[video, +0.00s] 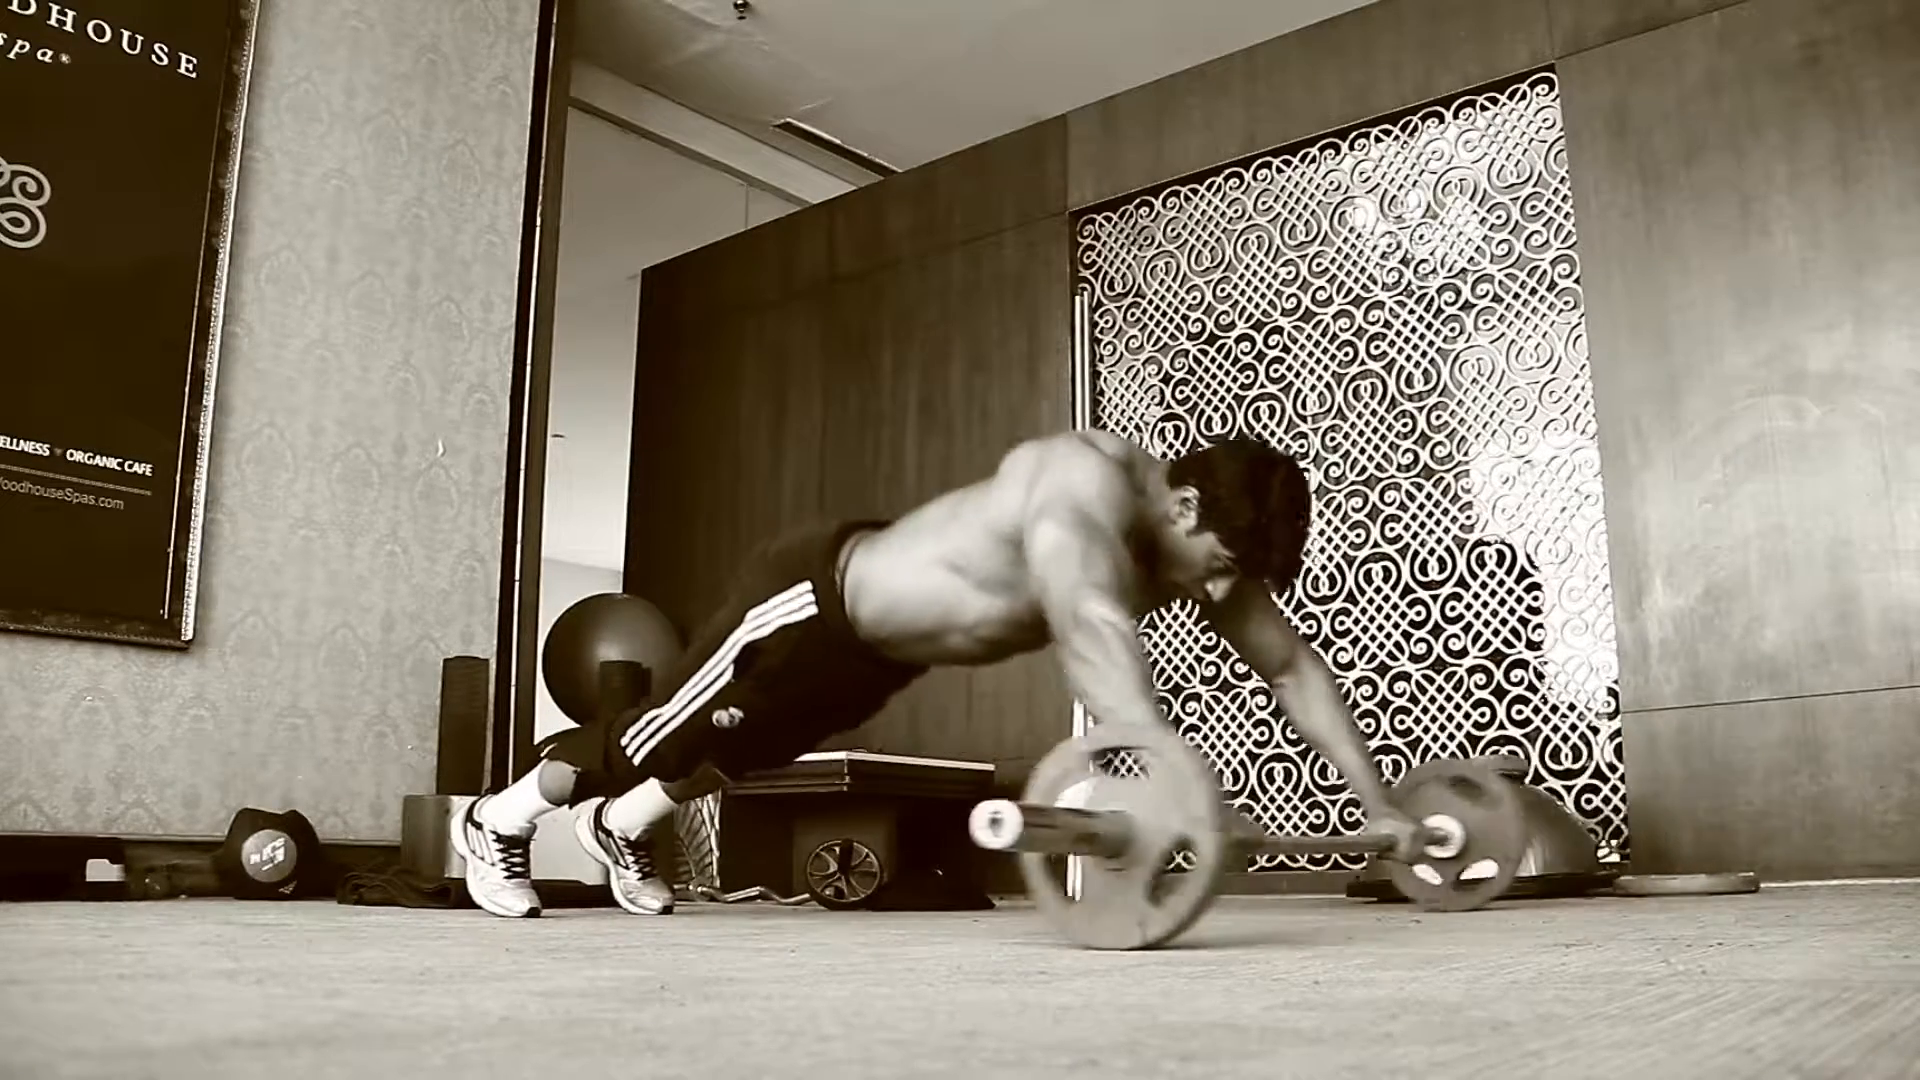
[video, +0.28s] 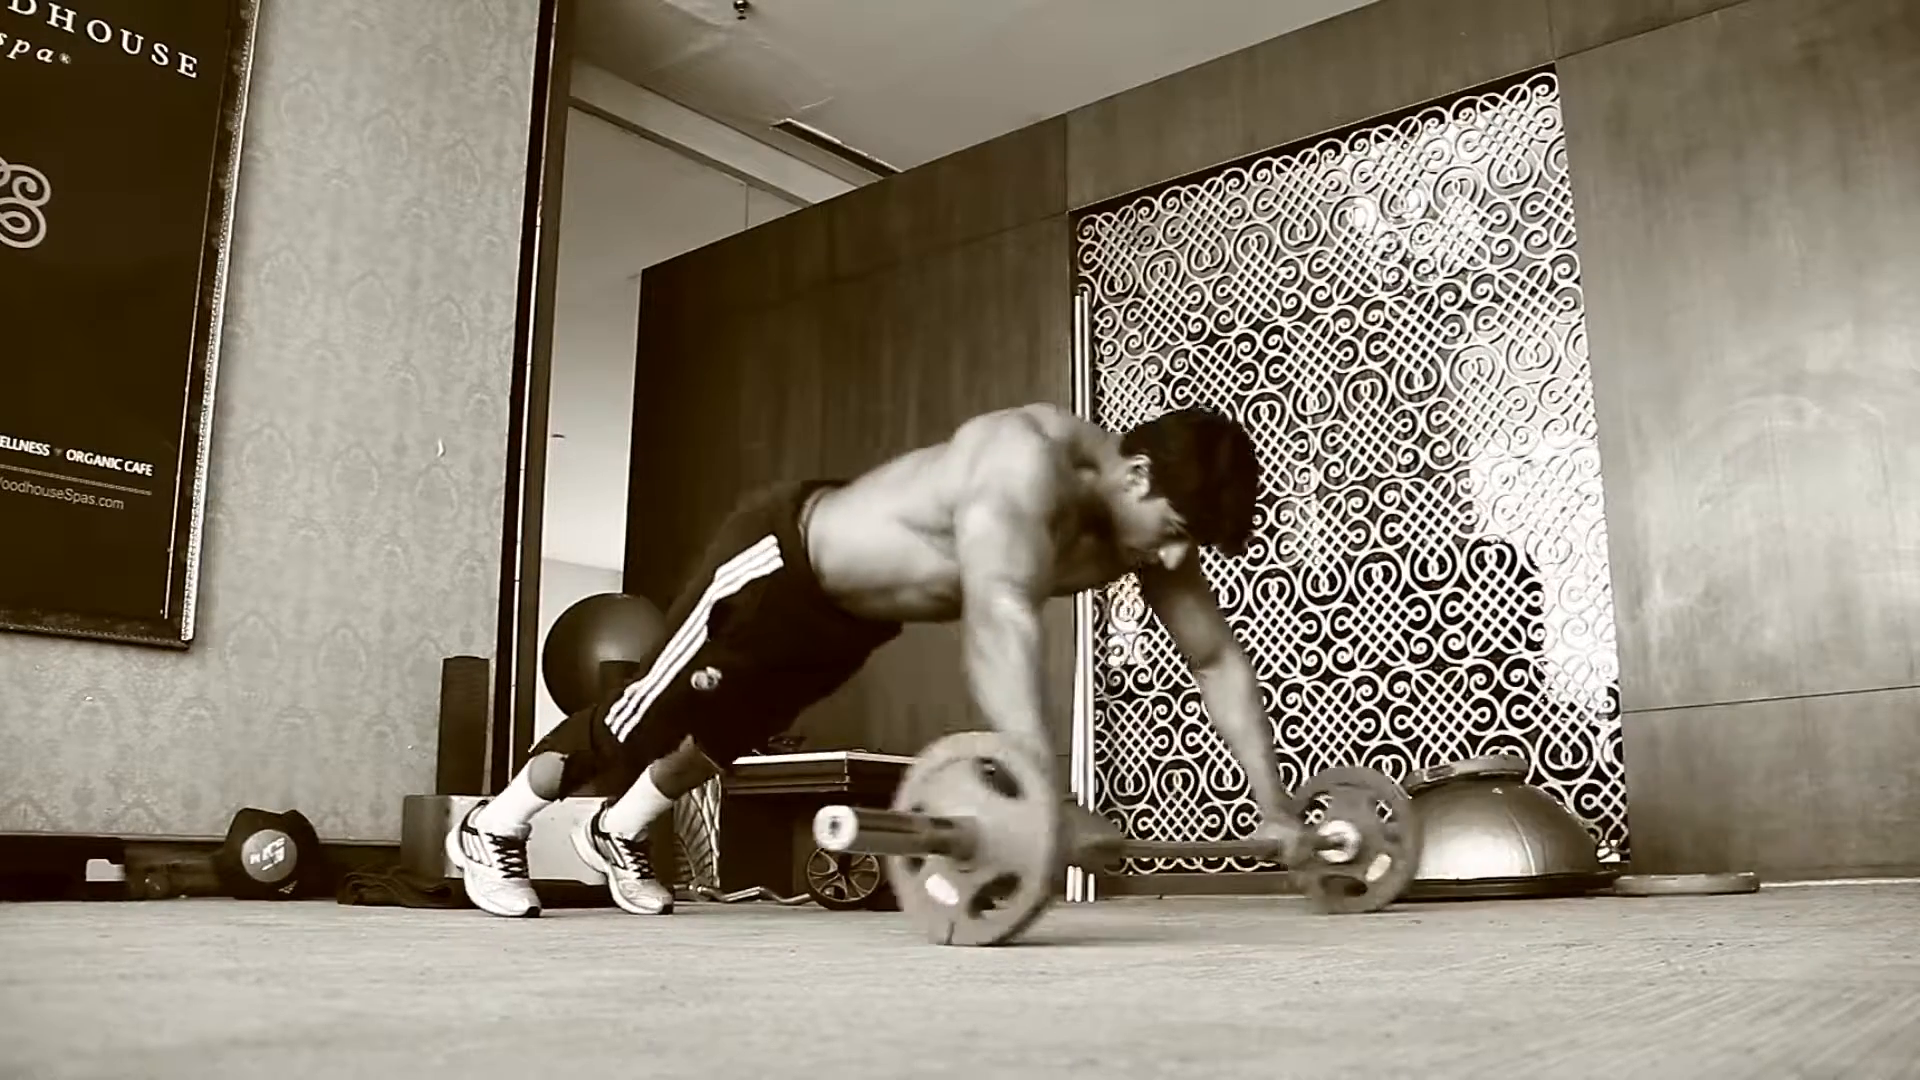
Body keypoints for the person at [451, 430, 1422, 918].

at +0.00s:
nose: (1208, 591)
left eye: (1226, 579)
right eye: (1215, 569)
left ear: (1209, 521)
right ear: (1191, 507)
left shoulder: (1177, 534)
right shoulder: (1075, 487)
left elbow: (1290, 665)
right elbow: (1086, 625)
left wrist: (1372, 793)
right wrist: (1156, 750)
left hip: (887, 645)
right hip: (823, 612)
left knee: (751, 738)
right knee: (657, 737)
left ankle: (618, 821)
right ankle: (495, 821)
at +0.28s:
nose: (1174, 551)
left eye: (1189, 541)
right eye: (1178, 529)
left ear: (1172, 498)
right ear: (1141, 473)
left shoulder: (1136, 529)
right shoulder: (1023, 461)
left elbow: (1217, 659)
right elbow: (996, 621)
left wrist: (1275, 810)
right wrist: (1043, 794)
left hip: (852, 616)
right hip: (786, 559)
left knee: (728, 729)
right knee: (643, 709)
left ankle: (611, 832)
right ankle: (489, 826)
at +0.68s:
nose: (1072, 551)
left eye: (1089, 539)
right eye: (1073, 528)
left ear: (1092, 512)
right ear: (1035, 473)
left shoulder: (1049, 502)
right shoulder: (919, 470)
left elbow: (1114, 659)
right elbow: (882, 633)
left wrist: (1148, 808)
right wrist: (911, 803)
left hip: (805, 563)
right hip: (728, 509)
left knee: (698, 705)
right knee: (608, 689)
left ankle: (607, 845)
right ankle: (478, 837)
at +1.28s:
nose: (941, 579)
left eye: (961, 569)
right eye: (940, 555)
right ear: (913, 504)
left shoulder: (942, 509)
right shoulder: (803, 480)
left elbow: (993, 671)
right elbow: (759, 639)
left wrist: (1026, 815)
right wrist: (770, 808)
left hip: (731, 512)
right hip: (652, 467)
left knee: (662, 691)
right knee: (573, 674)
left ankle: (607, 855)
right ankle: (471, 855)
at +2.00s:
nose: (871, 592)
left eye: (888, 584)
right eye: (872, 573)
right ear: (846, 517)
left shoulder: (876, 508)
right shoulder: (741, 495)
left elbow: (925, 681)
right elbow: (692, 651)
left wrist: (955, 820)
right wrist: (691, 811)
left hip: (697, 499)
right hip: (620, 455)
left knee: (644, 681)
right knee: (558, 663)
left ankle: (596, 857)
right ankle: (467, 861)